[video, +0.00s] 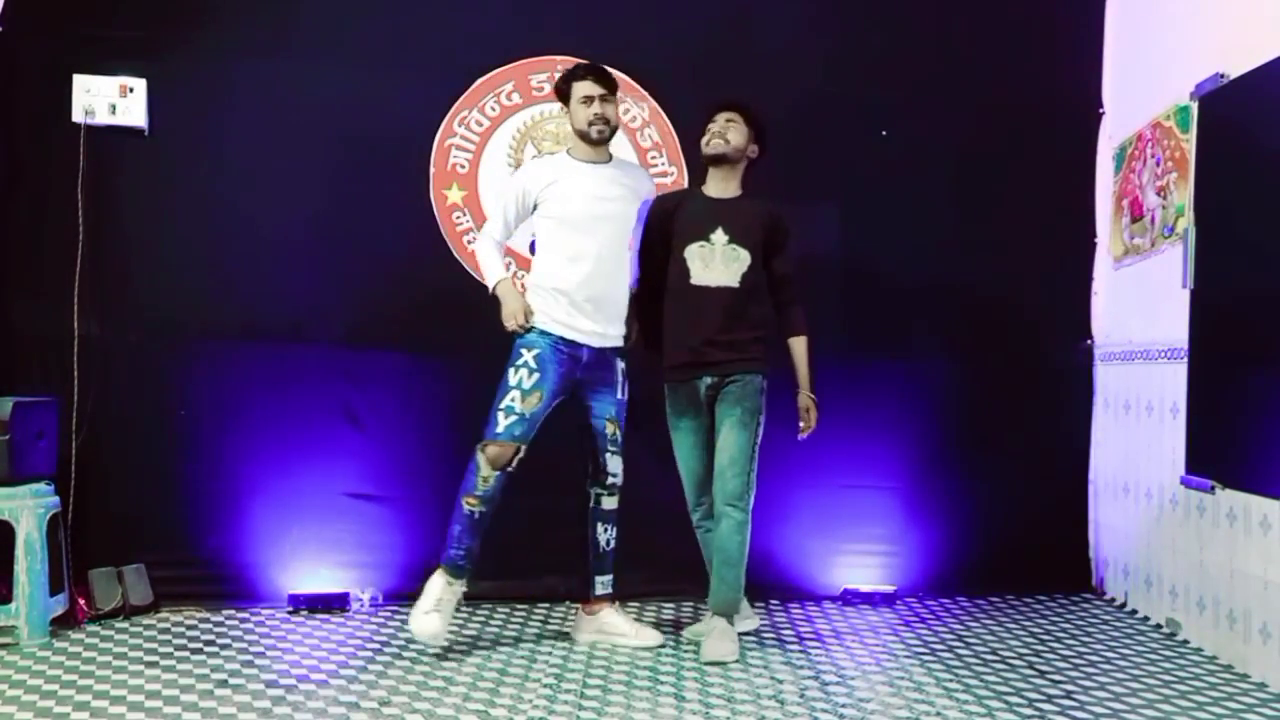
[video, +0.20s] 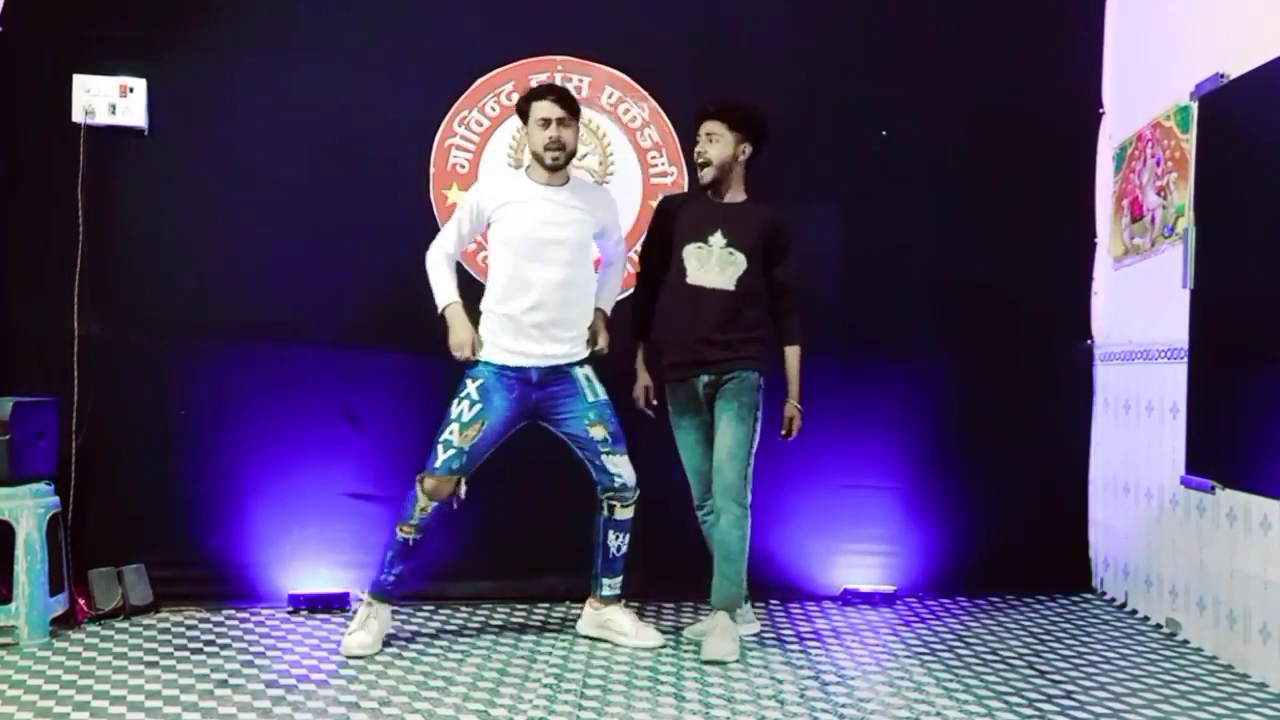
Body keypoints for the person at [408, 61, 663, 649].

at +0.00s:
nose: (599, 110)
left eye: (606, 100)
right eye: (587, 102)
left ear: (618, 109)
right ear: (567, 113)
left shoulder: (638, 182)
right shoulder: (540, 174)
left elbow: (642, 257)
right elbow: (490, 239)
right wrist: (506, 285)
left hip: (610, 346)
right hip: (548, 335)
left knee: (611, 474)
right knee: (497, 453)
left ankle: (599, 604)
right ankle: (450, 578)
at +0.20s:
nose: (556, 134)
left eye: (565, 124)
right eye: (545, 124)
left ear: (578, 131)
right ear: (524, 133)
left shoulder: (597, 199)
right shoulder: (494, 194)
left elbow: (615, 259)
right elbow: (439, 254)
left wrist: (601, 312)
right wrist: (455, 315)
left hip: (569, 370)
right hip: (497, 368)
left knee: (620, 482)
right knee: (436, 483)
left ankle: (604, 606)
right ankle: (377, 606)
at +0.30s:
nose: (527, 183)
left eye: (537, 173)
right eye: (517, 171)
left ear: (550, 178)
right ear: (495, 174)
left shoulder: (570, 235)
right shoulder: (461, 232)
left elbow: (594, 289)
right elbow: (405, 282)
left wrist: (583, 345)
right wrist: (421, 347)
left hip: (547, 397)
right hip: (473, 392)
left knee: (608, 499)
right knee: (399, 487)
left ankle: (615, 609)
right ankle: (374, 608)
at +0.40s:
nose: (500, 246)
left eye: (509, 236)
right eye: (490, 236)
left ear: (522, 229)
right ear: (466, 226)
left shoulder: (547, 266)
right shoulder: (439, 268)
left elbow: (579, 330)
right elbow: (386, 322)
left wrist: (568, 388)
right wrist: (380, 386)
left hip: (531, 406)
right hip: (456, 403)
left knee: (592, 500)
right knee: (385, 490)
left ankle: (613, 610)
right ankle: (373, 611)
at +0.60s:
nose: (502, 202)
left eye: (503, 192)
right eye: (490, 194)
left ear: (504, 193)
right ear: (449, 201)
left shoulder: (526, 248)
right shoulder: (418, 260)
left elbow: (524, 338)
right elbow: (405, 351)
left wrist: (505, 414)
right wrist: (383, 433)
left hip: (523, 390)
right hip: (452, 394)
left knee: (594, 486)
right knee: (392, 495)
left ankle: (615, 607)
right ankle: (374, 610)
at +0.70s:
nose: (501, 168)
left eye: (498, 159)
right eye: (489, 160)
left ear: (468, 172)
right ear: (453, 172)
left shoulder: (519, 228)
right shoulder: (412, 245)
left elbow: (522, 316)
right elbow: (403, 336)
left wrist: (472, 370)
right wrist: (413, 408)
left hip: (523, 383)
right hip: (448, 392)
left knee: (594, 483)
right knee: (397, 494)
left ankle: (616, 606)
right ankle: (375, 610)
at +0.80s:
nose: (492, 152)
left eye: (490, 143)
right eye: (481, 144)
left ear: (461, 156)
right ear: (447, 156)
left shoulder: (514, 217)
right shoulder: (406, 235)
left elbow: (523, 294)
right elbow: (399, 329)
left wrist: (473, 329)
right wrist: (446, 359)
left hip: (524, 374)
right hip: (450, 383)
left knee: (589, 475)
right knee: (404, 495)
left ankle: (615, 605)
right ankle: (376, 609)